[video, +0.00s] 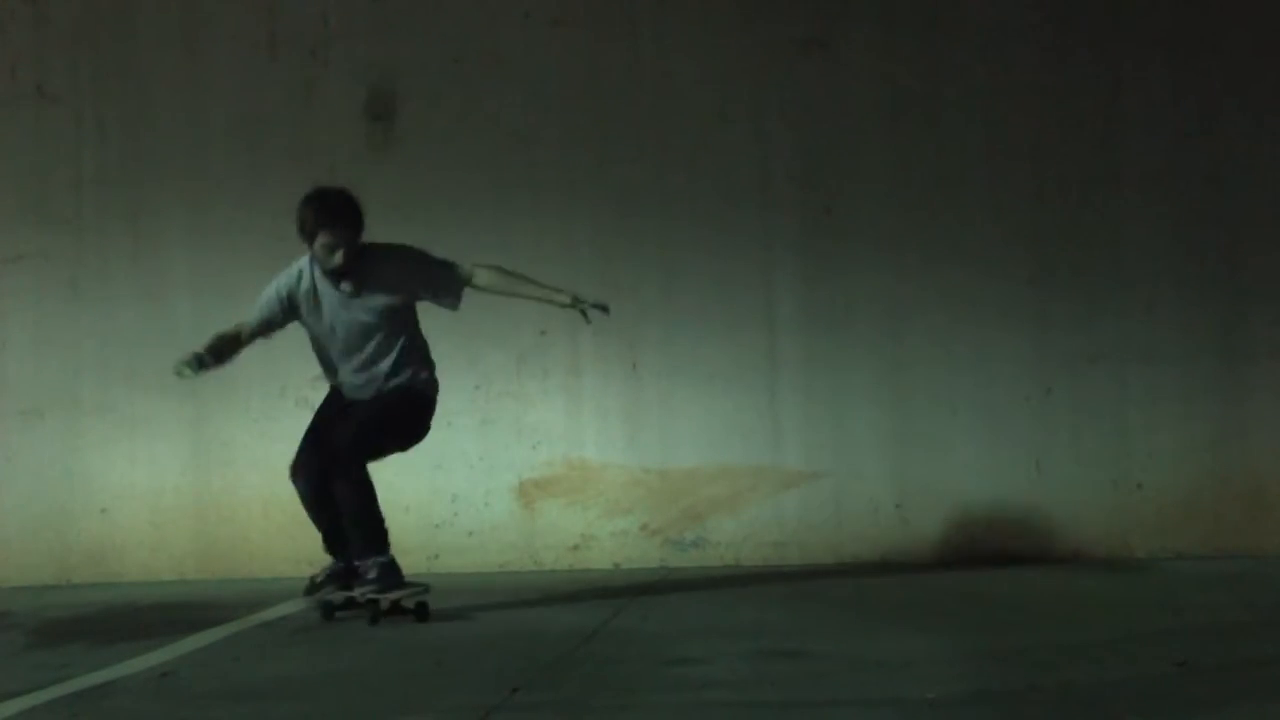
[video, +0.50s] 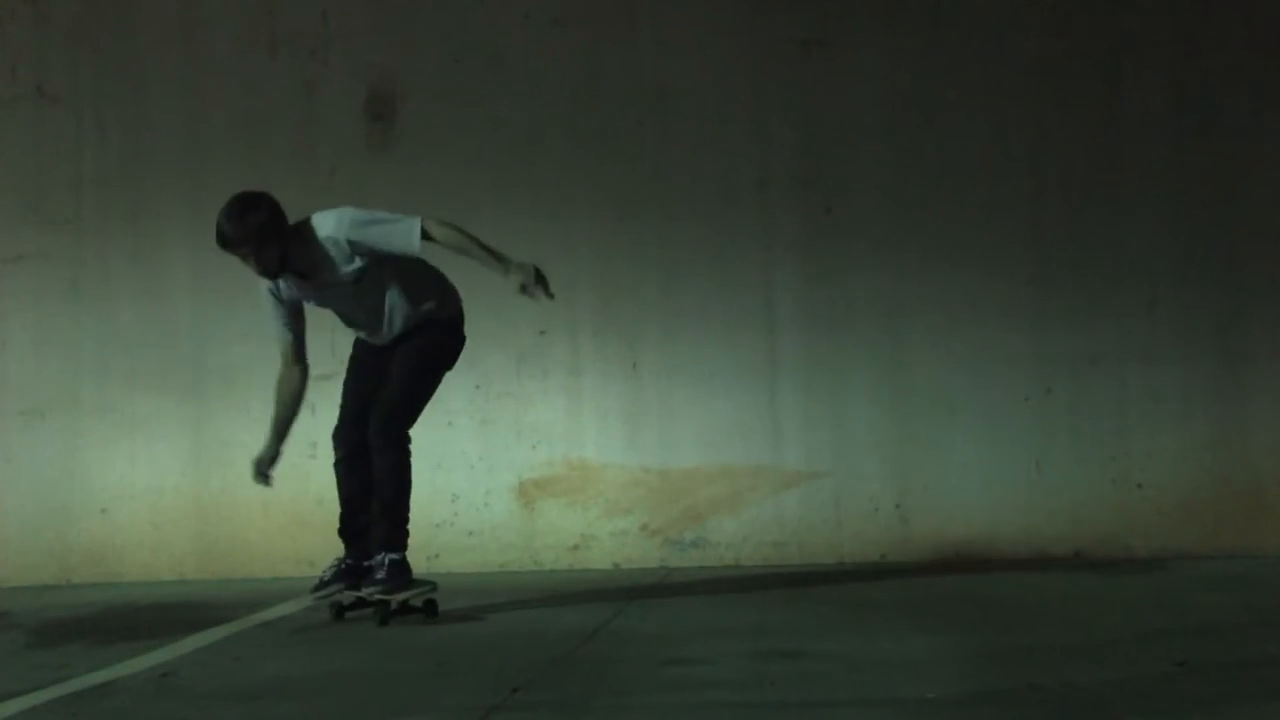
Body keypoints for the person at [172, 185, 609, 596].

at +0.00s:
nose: (340, 259)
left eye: (347, 247)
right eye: (328, 250)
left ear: (358, 237)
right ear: (308, 244)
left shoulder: (390, 267)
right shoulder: (298, 284)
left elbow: (475, 278)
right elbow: (246, 330)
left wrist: (564, 299)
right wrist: (209, 356)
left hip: (405, 397)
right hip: (346, 403)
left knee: (342, 454)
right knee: (306, 470)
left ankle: (379, 566)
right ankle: (347, 563)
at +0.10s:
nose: (318, 270)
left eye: (324, 258)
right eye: (307, 262)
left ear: (340, 242)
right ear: (292, 257)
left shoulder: (383, 270)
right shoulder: (289, 291)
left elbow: (464, 277)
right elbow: (235, 340)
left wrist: (549, 300)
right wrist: (206, 372)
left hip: (405, 394)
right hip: (347, 402)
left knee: (340, 449)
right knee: (309, 467)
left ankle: (385, 562)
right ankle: (352, 560)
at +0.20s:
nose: (293, 257)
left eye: (298, 244)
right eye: (284, 249)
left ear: (321, 229)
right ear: (277, 247)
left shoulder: (373, 250)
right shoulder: (279, 281)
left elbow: (456, 262)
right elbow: (228, 338)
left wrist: (533, 295)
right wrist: (184, 383)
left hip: (410, 372)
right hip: (352, 379)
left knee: (356, 441)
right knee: (319, 459)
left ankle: (389, 560)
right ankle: (358, 559)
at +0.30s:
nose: (283, 249)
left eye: (287, 236)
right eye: (272, 243)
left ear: (307, 219)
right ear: (264, 241)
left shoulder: (362, 231)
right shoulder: (275, 274)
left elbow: (446, 240)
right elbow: (237, 348)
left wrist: (523, 267)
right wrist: (199, 400)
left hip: (416, 349)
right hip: (361, 360)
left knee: (365, 435)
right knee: (327, 451)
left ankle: (389, 560)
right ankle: (357, 561)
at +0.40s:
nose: (263, 252)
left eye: (267, 238)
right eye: (253, 244)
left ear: (288, 220)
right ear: (248, 241)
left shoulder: (348, 222)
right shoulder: (274, 275)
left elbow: (437, 226)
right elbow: (263, 357)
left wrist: (515, 257)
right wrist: (232, 425)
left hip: (424, 332)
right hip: (367, 344)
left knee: (375, 430)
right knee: (337, 442)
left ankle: (388, 559)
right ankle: (355, 560)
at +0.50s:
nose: (253, 265)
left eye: (254, 251)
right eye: (243, 258)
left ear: (277, 231)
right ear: (242, 254)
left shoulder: (337, 229)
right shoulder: (280, 283)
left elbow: (430, 229)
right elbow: (292, 365)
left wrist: (508, 267)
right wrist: (273, 445)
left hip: (431, 324)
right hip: (377, 339)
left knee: (387, 430)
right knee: (348, 438)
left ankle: (391, 560)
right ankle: (359, 558)